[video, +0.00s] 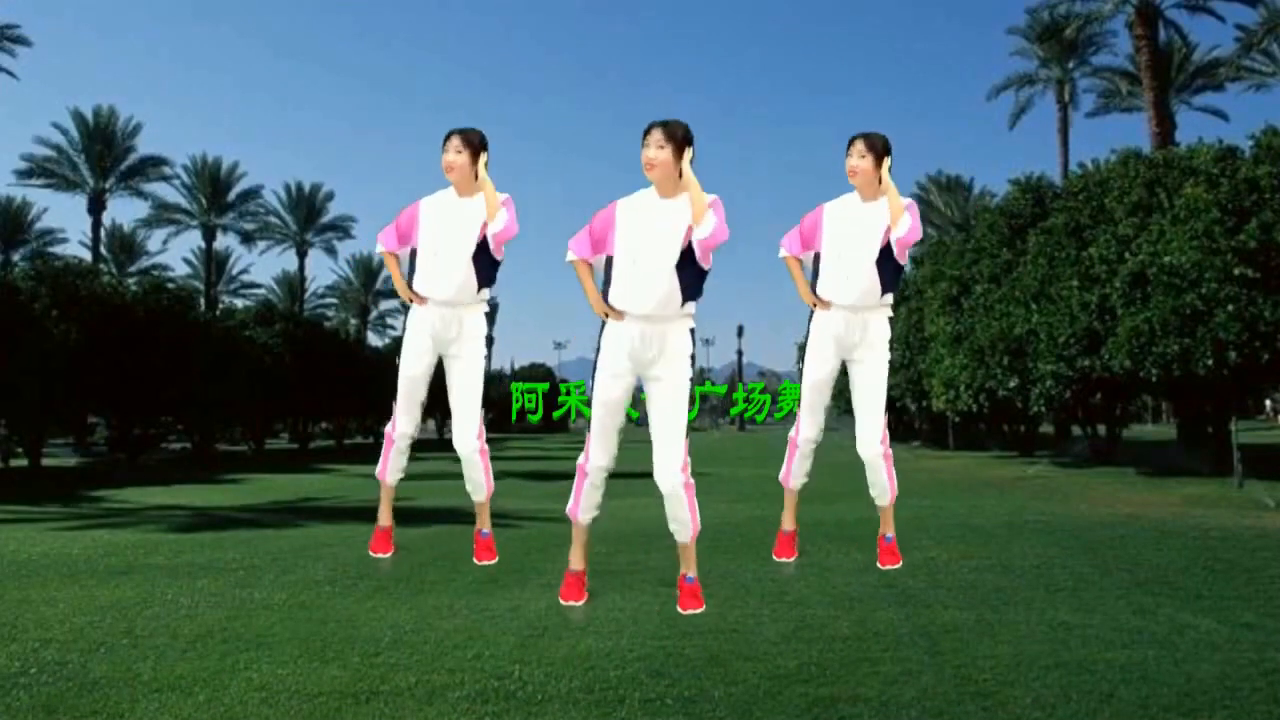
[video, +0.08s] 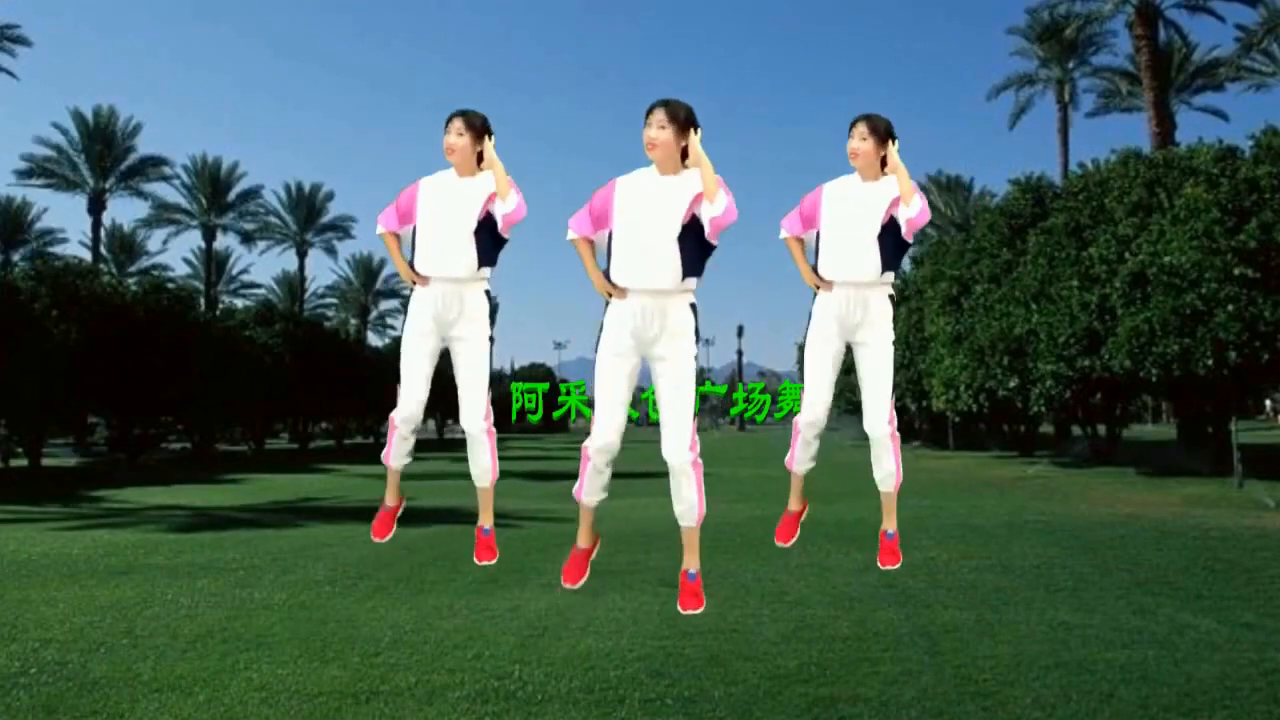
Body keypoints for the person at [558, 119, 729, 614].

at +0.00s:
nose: (650, 155)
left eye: (660, 147)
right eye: (646, 147)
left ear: (682, 156)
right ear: (642, 156)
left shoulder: (704, 208)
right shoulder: (622, 209)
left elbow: (707, 244)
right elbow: (579, 251)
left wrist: (690, 180)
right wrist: (597, 302)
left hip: (671, 338)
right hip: (620, 333)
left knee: (672, 467)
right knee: (598, 454)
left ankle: (689, 573)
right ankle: (576, 564)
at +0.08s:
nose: (650, 134)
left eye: (661, 126)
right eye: (648, 126)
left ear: (684, 136)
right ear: (645, 135)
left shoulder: (703, 186)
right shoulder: (623, 187)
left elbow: (721, 220)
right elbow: (579, 228)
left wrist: (700, 159)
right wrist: (598, 280)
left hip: (675, 314)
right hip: (624, 311)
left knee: (680, 448)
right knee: (604, 440)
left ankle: (691, 566)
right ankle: (585, 539)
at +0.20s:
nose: (658, 131)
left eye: (669, 125)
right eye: (655, 124)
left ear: (692, 137)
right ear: (649, 133)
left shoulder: (704, 185)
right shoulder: (622, 183)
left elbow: (716, 228)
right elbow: (579, 229)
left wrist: (705, 163)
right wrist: (597, 283)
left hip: (680, 307)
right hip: (631, 305)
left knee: (682, 441)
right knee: (625, 440)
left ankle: (684, 563)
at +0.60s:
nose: (663, 143)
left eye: (673, 136)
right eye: (659, 136)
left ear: (689, 149)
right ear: (652, 144)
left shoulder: (697, 202)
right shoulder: (623, 190)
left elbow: (659, 194)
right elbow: (572, 235)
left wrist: (682, 144)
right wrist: (583, 290)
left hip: (661, 316)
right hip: (613, 313)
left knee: (669, 453)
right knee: (604, 451)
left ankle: (678, 568)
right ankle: (594, 537)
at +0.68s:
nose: (658, 150)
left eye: (670, 142)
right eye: (653, 141)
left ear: (689, 152)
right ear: (645, 148)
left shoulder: (696, 203)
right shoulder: (619, 193)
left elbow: (648, 202)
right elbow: (568, 235)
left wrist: (643, 169)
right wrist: (580, 288)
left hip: (653, 323)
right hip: (604, 319)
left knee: (661, 455)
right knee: (592, 450)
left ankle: (673, 568)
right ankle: (574, 547)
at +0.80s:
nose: (648, 187)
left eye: (657, 179)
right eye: (641, 180)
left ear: (678, 187)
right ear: (637, 186)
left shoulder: (687, 239)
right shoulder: (616, 230)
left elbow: (639, 238)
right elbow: (562, 265)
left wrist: (607, 181)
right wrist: (569, 316)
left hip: (641, 364)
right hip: (593, 354)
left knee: (641, 487)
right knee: (576, 477)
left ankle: (663, 580)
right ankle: (559, 564)